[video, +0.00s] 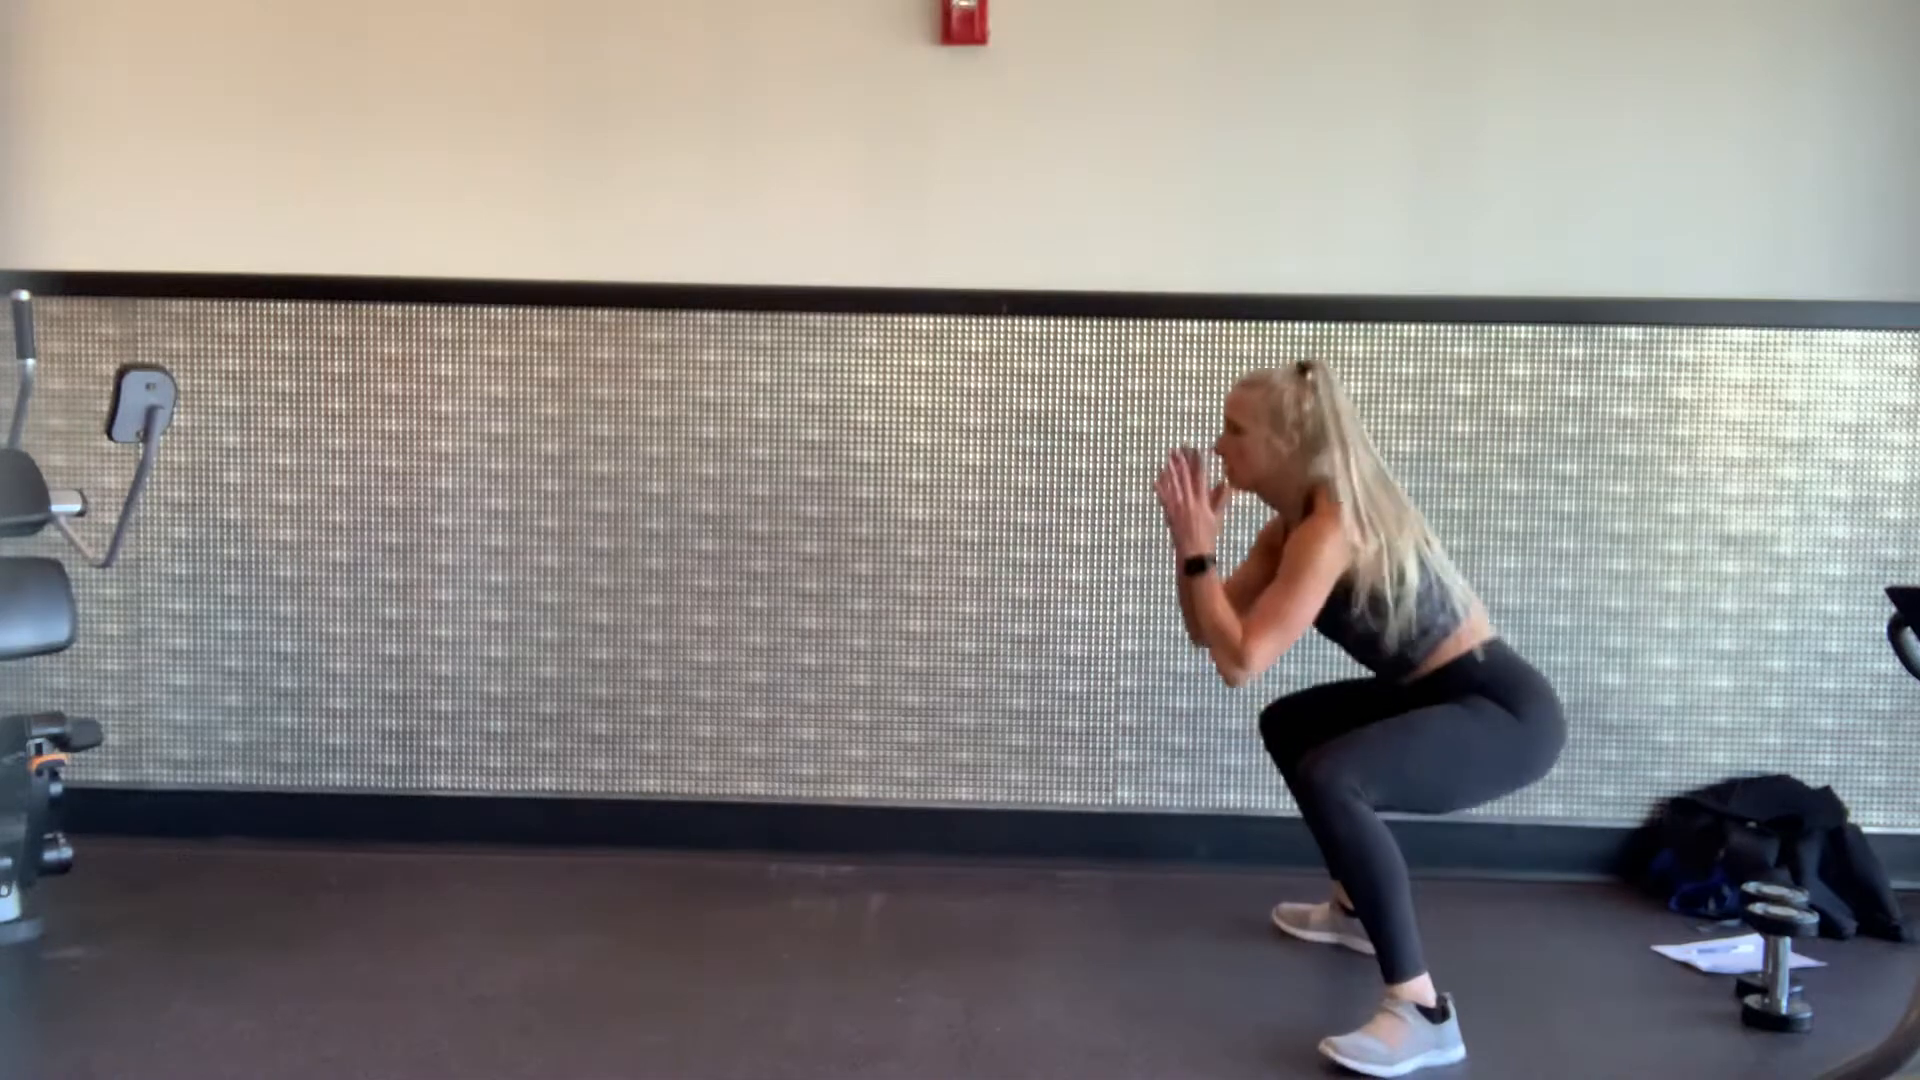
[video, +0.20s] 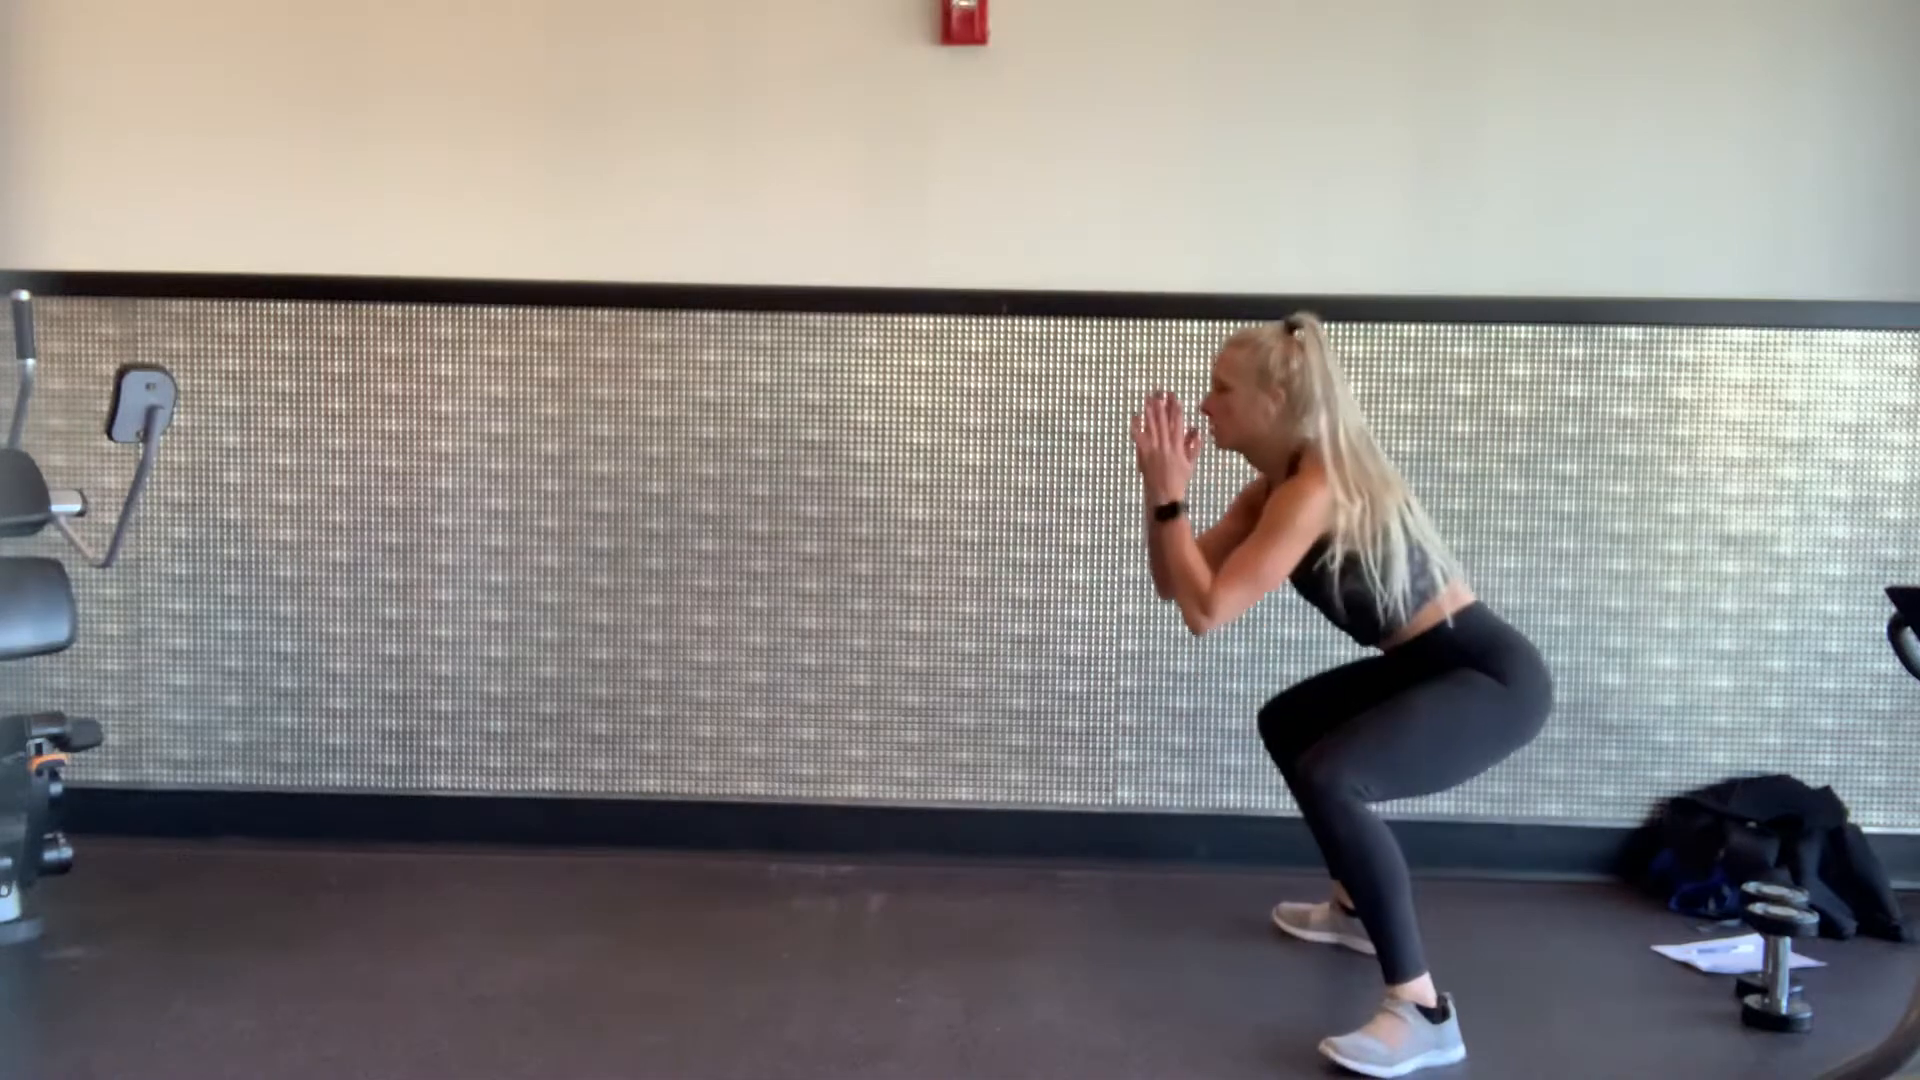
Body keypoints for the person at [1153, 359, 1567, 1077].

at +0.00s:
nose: (1221, 443)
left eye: (1235, 430)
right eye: (1225, 428)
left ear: (1282, 445)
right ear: (1281, 446)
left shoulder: (1330, 525)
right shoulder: (1292, 526)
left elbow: (1238, 659)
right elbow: (1217, 631)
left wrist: (1196, 551)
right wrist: (1192, 548)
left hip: (1505, 712)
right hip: (1441, 694)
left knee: (1334, 777)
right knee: (1288, 728)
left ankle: (1422, 1008)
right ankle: (1356, 911)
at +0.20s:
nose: (1206, 404)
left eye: (1220, 390)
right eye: (1210, 388)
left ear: (1272, 404)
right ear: (1276, 406)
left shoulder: (1316, 487)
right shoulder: (1279, 484)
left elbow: (1206, 609)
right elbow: (1184, 583)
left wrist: (1168, 498)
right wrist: (1160, 492)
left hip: (1492, 680)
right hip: (1433, 665)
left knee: (1331, 775)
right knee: (1289, 722)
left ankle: (1421, 1007)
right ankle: (1359, 907)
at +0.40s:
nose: (1168, 408)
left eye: (1181, 394)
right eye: (1171, 392)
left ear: (1230, 407)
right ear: (1232, 409)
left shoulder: (1277, 488)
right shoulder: (1242, 485)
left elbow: (1148, 593)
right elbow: (1142, 566)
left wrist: (1063, 509)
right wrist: (1062, 508)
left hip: (1469, 669)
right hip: (1412, 658)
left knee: (1321, 782)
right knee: (1274, 727)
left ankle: (1419, 1007)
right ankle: (1357, 906)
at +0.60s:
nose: (1104, 397)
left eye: (1115, 380)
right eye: (1106, 380)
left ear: (1166, 383)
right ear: (1165, 384)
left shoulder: (1221, 465)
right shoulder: (1188, 471)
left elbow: (1204, 614)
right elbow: (1161, 596)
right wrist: (1086, 693)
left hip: (1400, 651)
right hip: (1347, 649)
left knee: (1269, 811)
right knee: (1232, 747)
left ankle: (1414, 1008)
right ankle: (1350, 906)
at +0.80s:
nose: (1020, 221)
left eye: (1032, 204)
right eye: (1020, 204)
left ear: (1080, 203)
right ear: (1080, 207)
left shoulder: (1123, 278)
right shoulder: (1103, 284)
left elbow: (1263, 294)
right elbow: (1237, 322)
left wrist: (1331, 417)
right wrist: (1283, 424)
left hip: (1199, 538)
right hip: (1173, 539)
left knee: (1203, 772)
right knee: (1192, 747)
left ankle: (1376, 964)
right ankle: (1323, 866)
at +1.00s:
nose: (876, 155)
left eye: (888, 139)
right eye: (877, 139)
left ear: (936, 145)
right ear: (937, 143)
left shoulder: (985, 226)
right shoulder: (962, 227)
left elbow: (1046, 362)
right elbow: (1033, 361)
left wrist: (972, 467)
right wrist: (986, 455)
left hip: (1077, 471)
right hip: (1055, 471)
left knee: (994, 679)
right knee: (992, 670)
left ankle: (1026, 918)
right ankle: (1011, 845)